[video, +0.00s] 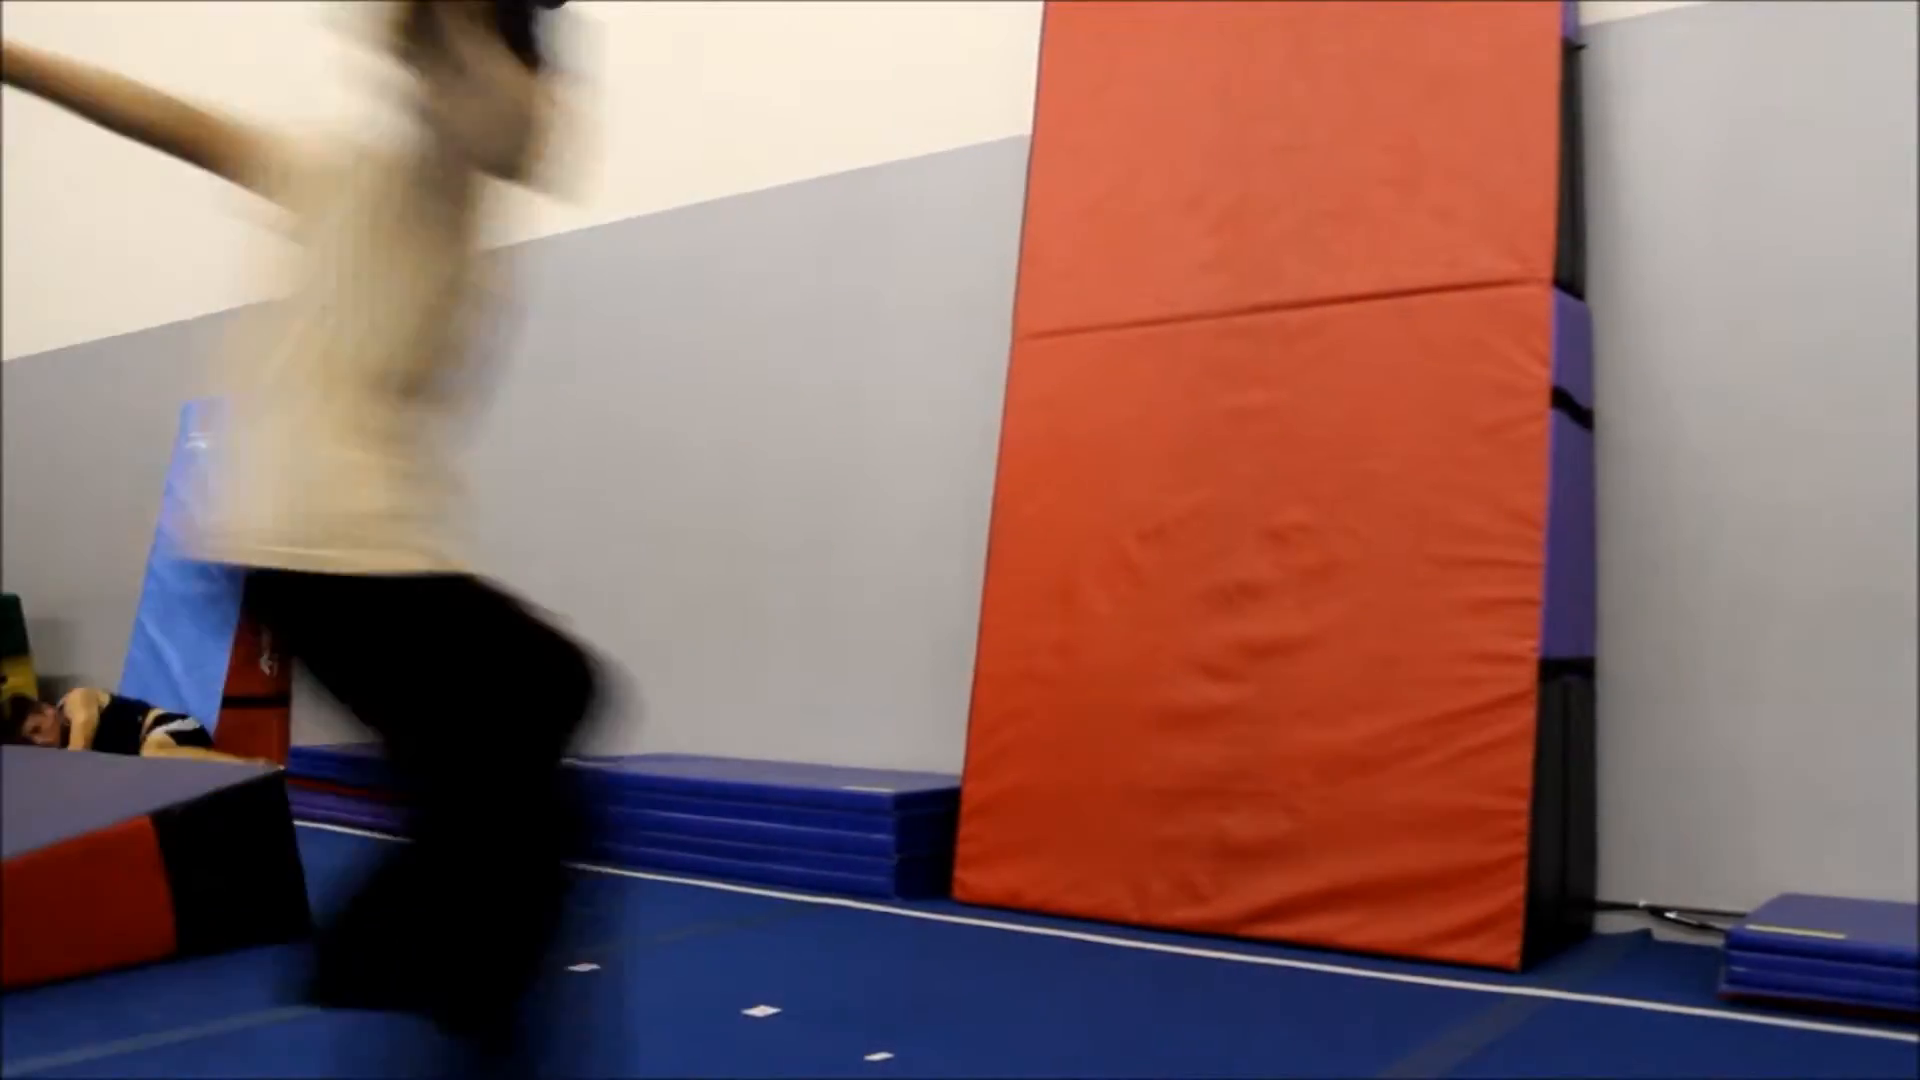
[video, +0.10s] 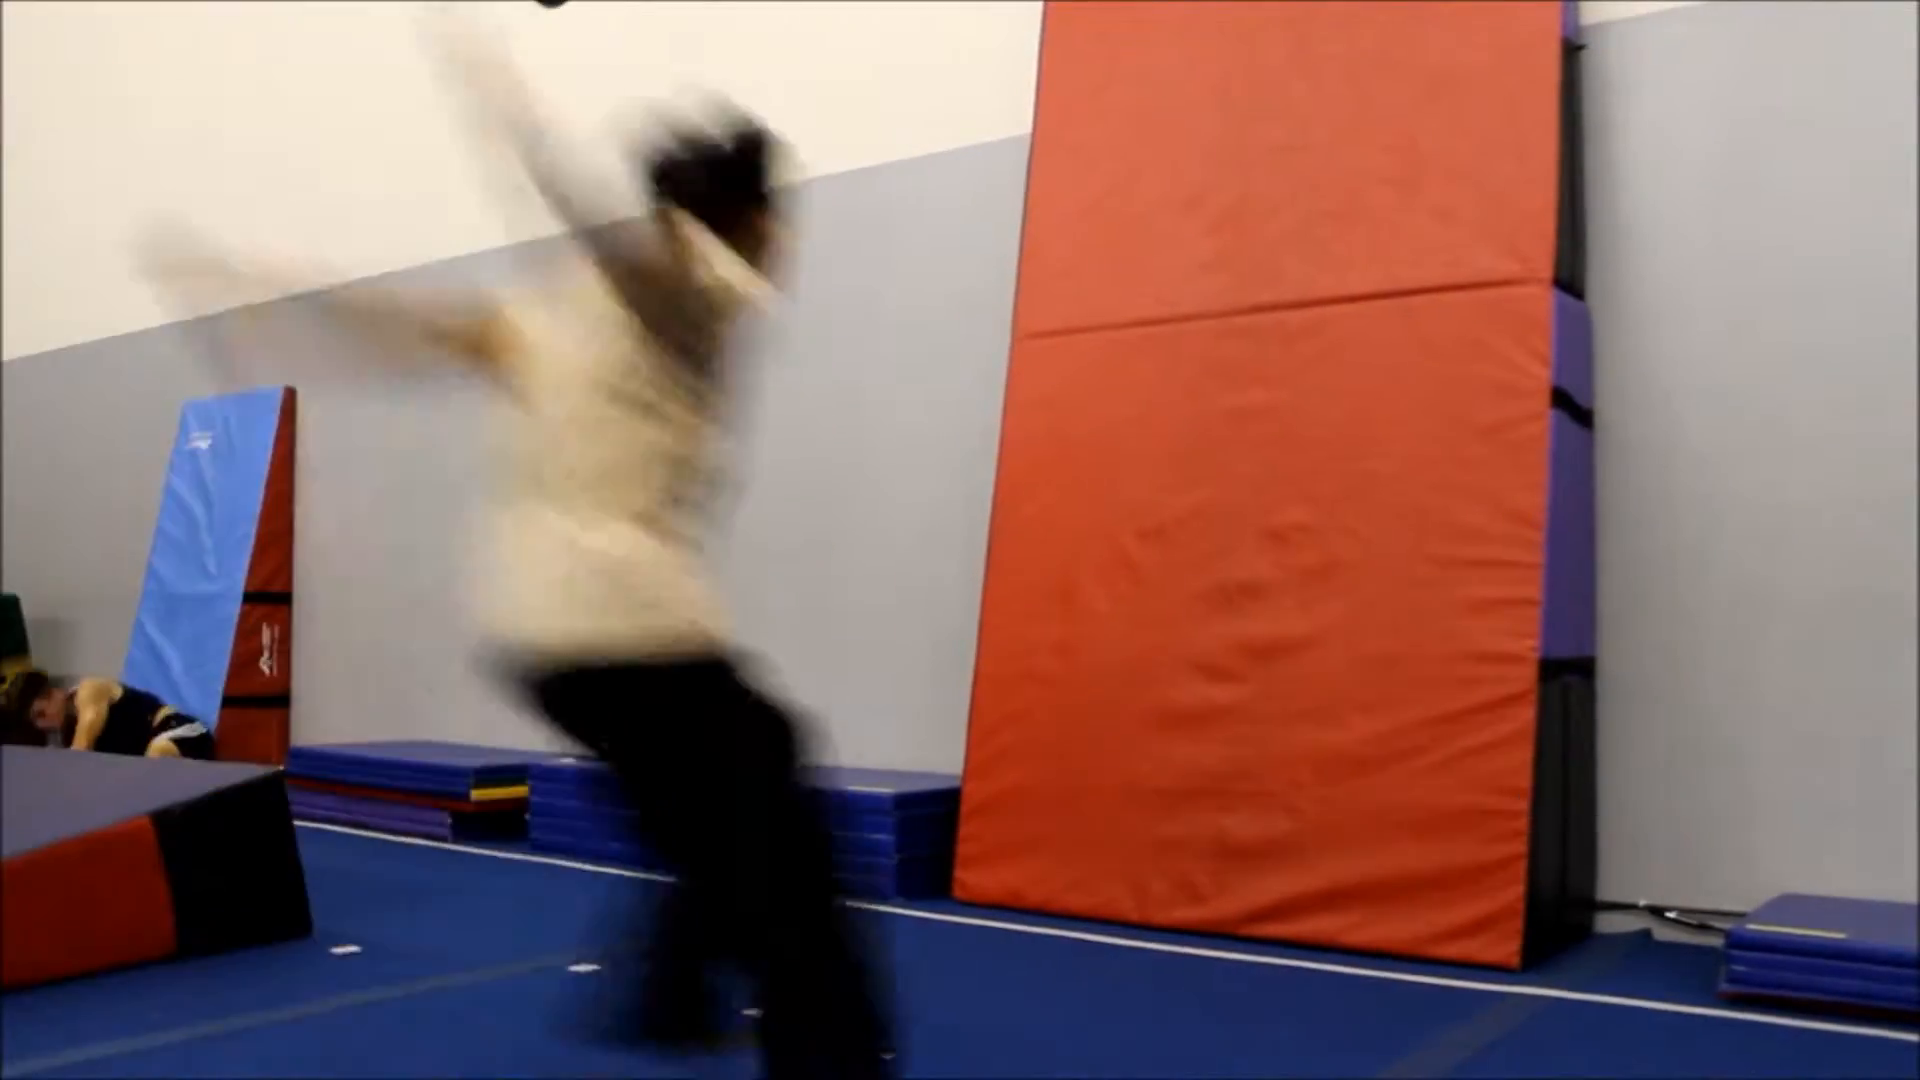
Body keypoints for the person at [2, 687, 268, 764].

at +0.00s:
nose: (42, 740)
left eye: (38, 729)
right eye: (33, 740)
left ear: (46, 708)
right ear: (29, 742)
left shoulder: (79, 699)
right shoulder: (61, 747)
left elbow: (78, 750)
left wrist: (60, 782)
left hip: (168, 727)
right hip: (140, 764)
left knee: (153, 753)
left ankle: (249, 766)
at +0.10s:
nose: (44, 722)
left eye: (41, 712)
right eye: (37, 721)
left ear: (53, 693)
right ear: (39, 726)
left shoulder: (91, 689)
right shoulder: (69, 732)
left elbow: (85, 741)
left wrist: (66, 780)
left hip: (179, 728)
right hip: (139, 758)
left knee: (157, 754)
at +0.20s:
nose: (42, 708)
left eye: (45, 699)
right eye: (37, 702)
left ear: (67, 685)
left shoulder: (105, 690)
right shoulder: (75, 719)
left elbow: (84, 750)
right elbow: (74, 755)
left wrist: (62, 785)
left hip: (186, 733)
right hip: (141, 751)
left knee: (161, 757)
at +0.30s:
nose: (52, 690)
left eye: (57, 680)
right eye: (49, 682)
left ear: (81, 673)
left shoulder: (116, 685)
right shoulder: (84, 706)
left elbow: (87, 743)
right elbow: (91, 746)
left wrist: (55, 773)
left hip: (193, 735)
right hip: (152, 748)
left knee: (159, 761)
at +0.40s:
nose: (56, 679)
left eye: (60, 671)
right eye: (54, 672)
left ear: (85, 666)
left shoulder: (119, 683)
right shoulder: (91, 695)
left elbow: (84, 742)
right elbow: (87, 745)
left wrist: (54, 770)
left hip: (195, 735)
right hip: (150, 748)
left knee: (161, 755)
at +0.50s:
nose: (52, 668)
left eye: (57, 660)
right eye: (51, 661)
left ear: (81, 658)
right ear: (80, 660)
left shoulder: (116, 676)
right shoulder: (89, 688)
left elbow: (83, 737)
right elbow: (85, 739)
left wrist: (52, 766)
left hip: (190, 729)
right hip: (148, 742)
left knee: (163, 753)